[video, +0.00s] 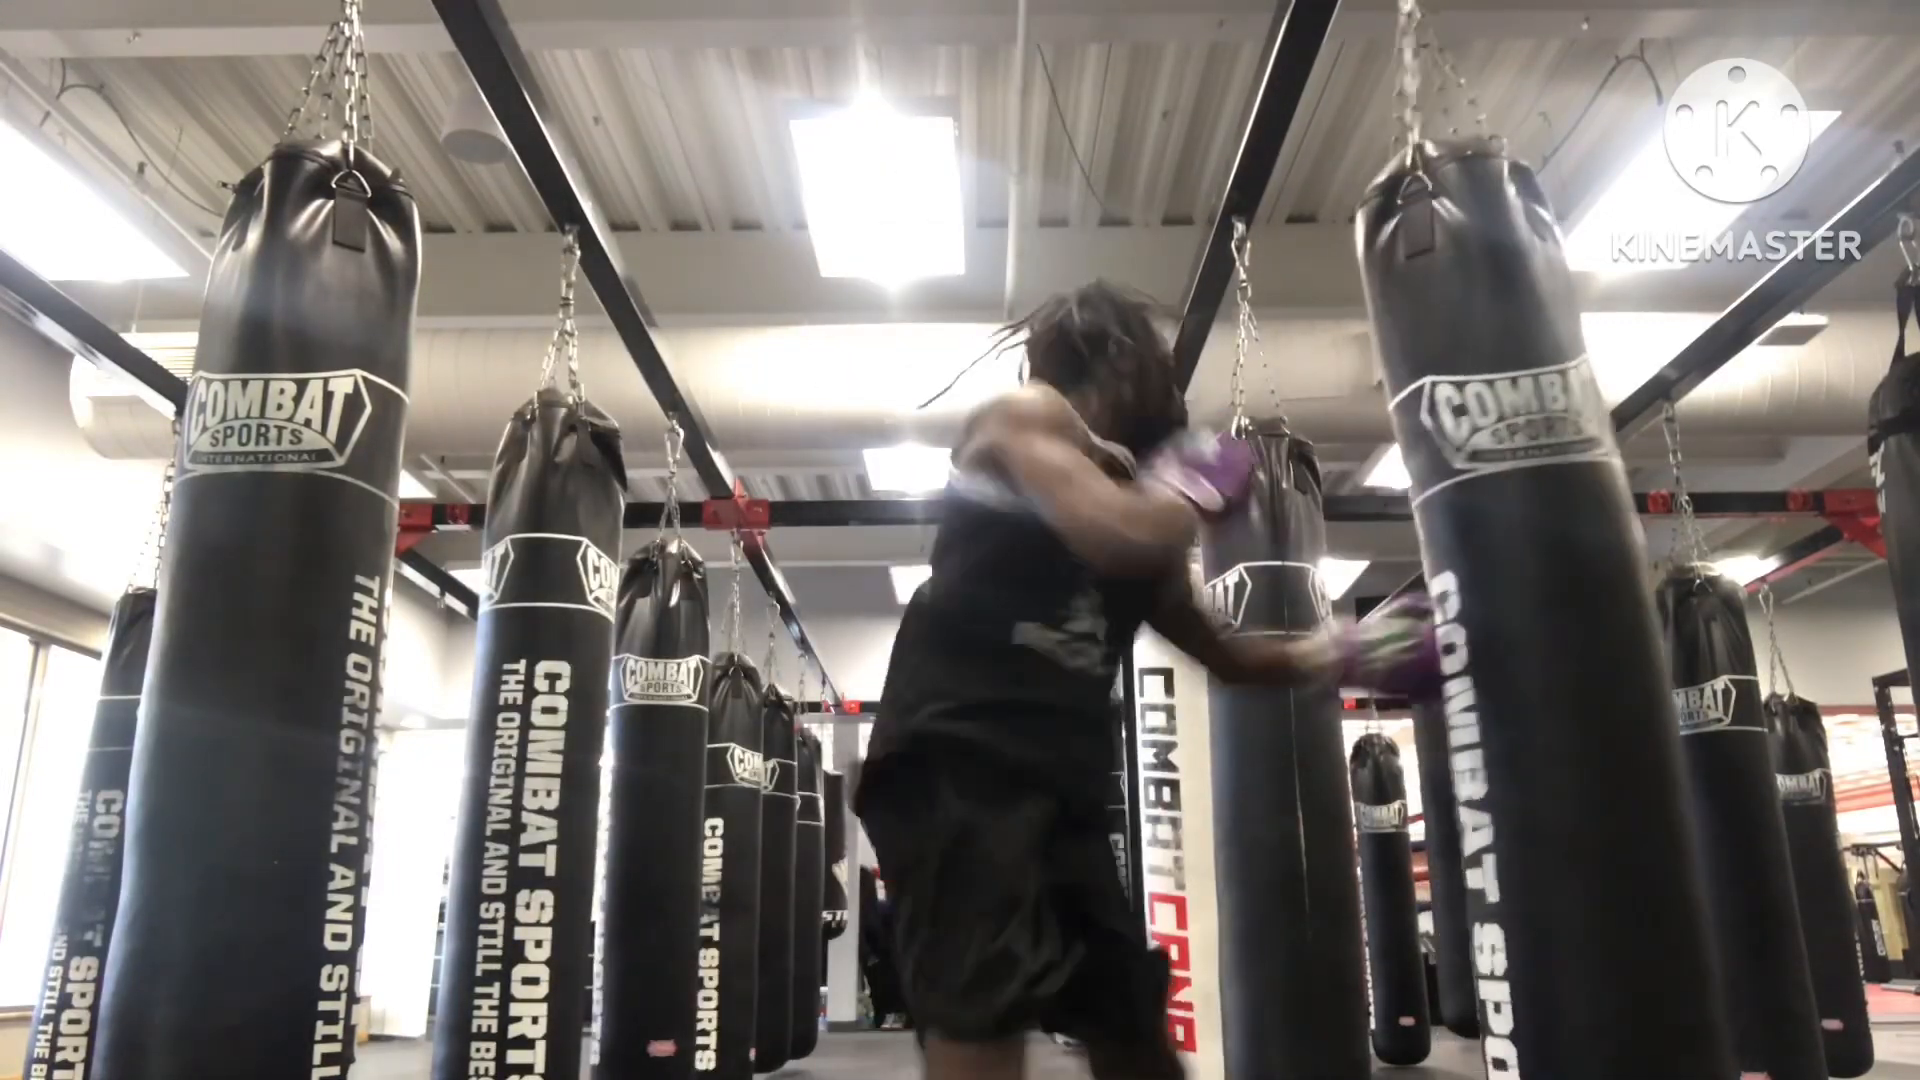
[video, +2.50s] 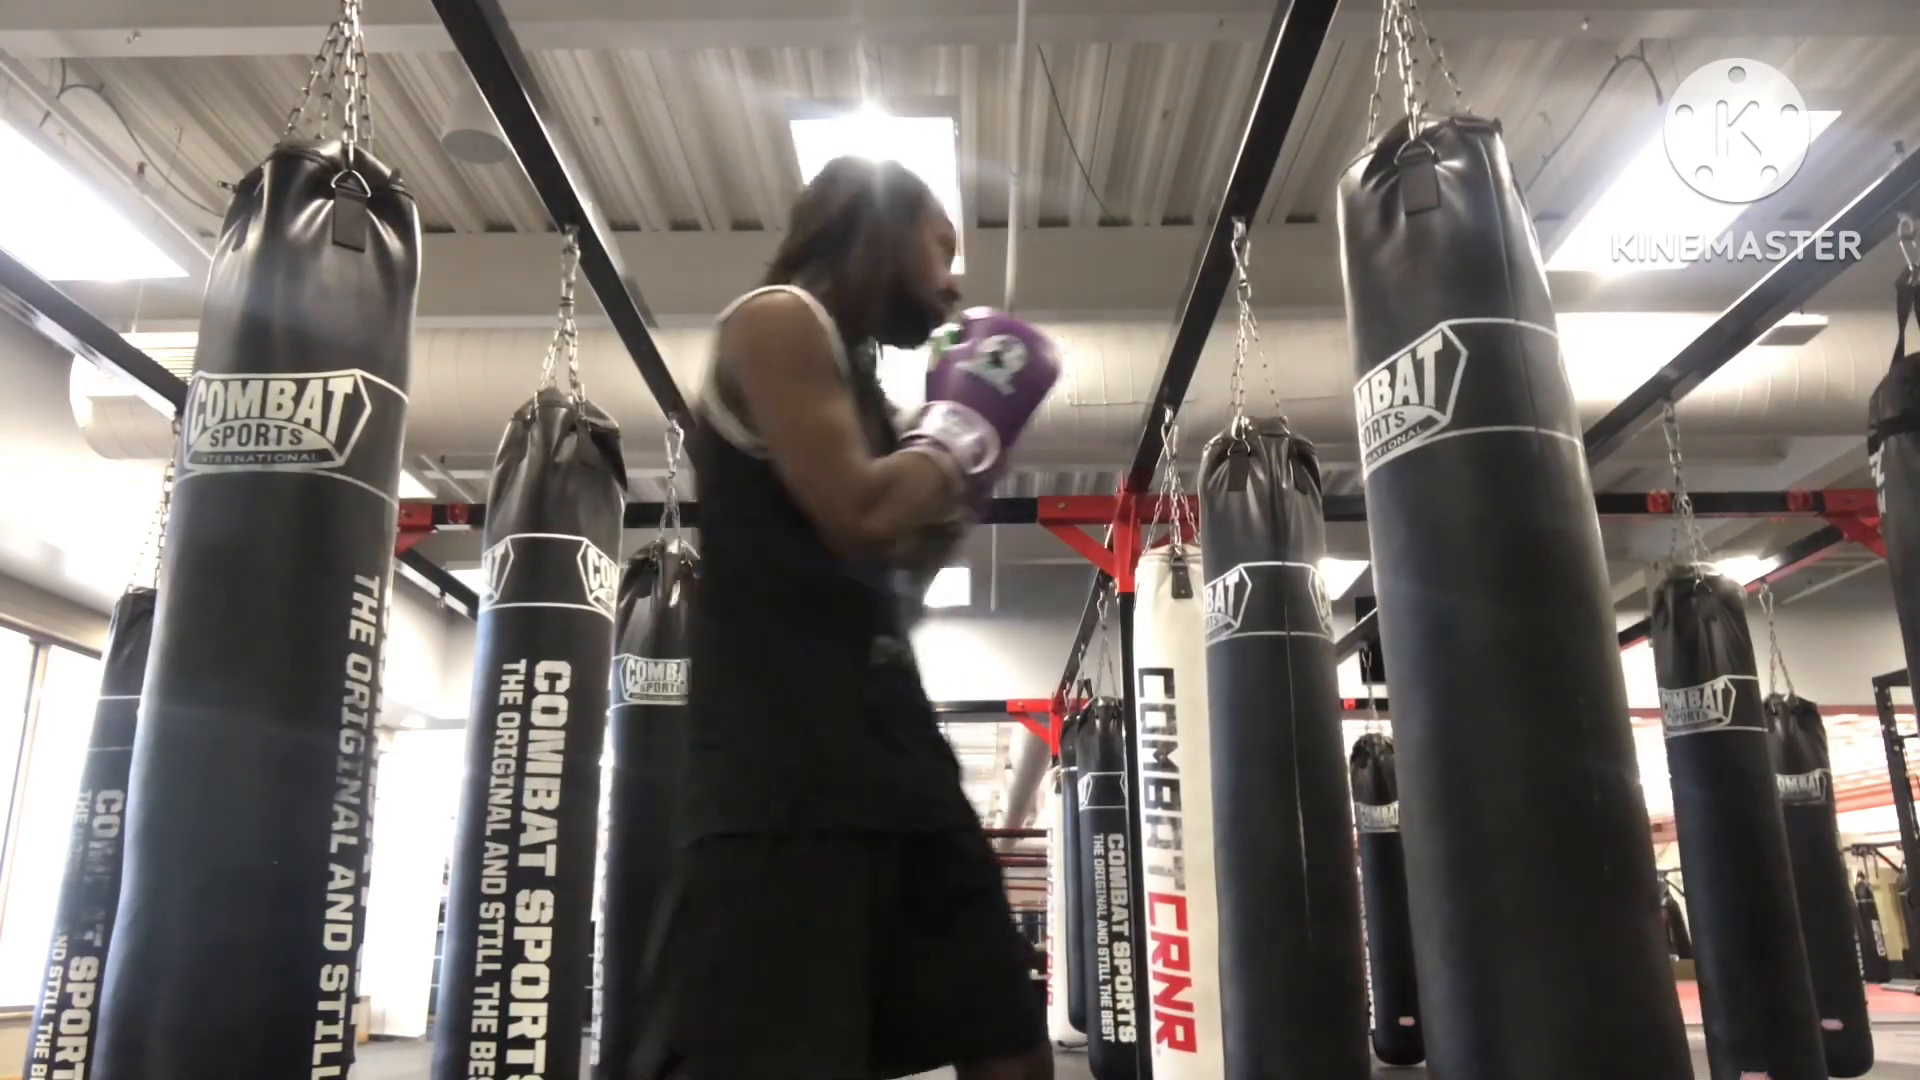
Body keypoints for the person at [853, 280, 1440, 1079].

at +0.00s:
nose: (1176, 386)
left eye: (1174, 366)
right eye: (1164, 362)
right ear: (1118, 358)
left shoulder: (1133, 490)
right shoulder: (1020, 413)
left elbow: (1223, 652)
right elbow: (1122, 533)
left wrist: (1348, 650)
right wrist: (1190, 485)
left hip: (1057, 787)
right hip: (953, 770)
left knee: (1133, 1039)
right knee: (977, 1042)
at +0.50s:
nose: (1094, 359)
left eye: (1088, 338)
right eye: (1079, 338)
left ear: (1007, 343)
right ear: (1030, 338)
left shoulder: (1028, 444)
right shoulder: (991, 426)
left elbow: (1099, 548)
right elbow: (1095, 510)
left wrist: (1222, 468)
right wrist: (1222, 442)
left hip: (997, 812)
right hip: (952, 811)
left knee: (993, 1043)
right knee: (945, 1046)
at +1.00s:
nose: (946, 352)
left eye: (944, 332)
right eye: (930, 329)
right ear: (875, 332)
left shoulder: (878, 463)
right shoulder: (792, 425)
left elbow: (894, 652)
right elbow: (811, 558)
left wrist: (977, 577)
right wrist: (918, 450)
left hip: (897, 763)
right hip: (814, 766)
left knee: (952, 1030)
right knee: (771, 1035)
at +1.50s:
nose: (853, 308)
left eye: (851, 286)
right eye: (835, 279)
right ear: (768, 276)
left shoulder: (772, 418)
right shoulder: (686, 375)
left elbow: (789, 617)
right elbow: (746, 543)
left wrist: (890, 526)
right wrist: (843, 437)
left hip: (796, 760)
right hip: (695, 765)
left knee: (916, 1038)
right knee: (672, 1048)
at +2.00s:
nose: (950, 315)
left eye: (949, 293)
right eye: (936, 288)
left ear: (870, 293)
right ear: (869, 281)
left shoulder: (864, 410)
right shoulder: (787, 367)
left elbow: (873, 613)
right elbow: (848, 540)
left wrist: (969, 532)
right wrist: (944, 429)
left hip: (876, 772)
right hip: (783, 771)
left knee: (960, 1047)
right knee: (728, 1046)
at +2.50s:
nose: (954, 278)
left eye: (954, 253)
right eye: (942, 248)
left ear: (879, 245)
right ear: (878, 237)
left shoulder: (849, 373)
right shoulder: (776, 318)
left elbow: (912, 555)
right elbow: (860, 513)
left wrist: (964, 451)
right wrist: (960, 420)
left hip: (872, 734)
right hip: (790, 738)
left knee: (1003, 1031)